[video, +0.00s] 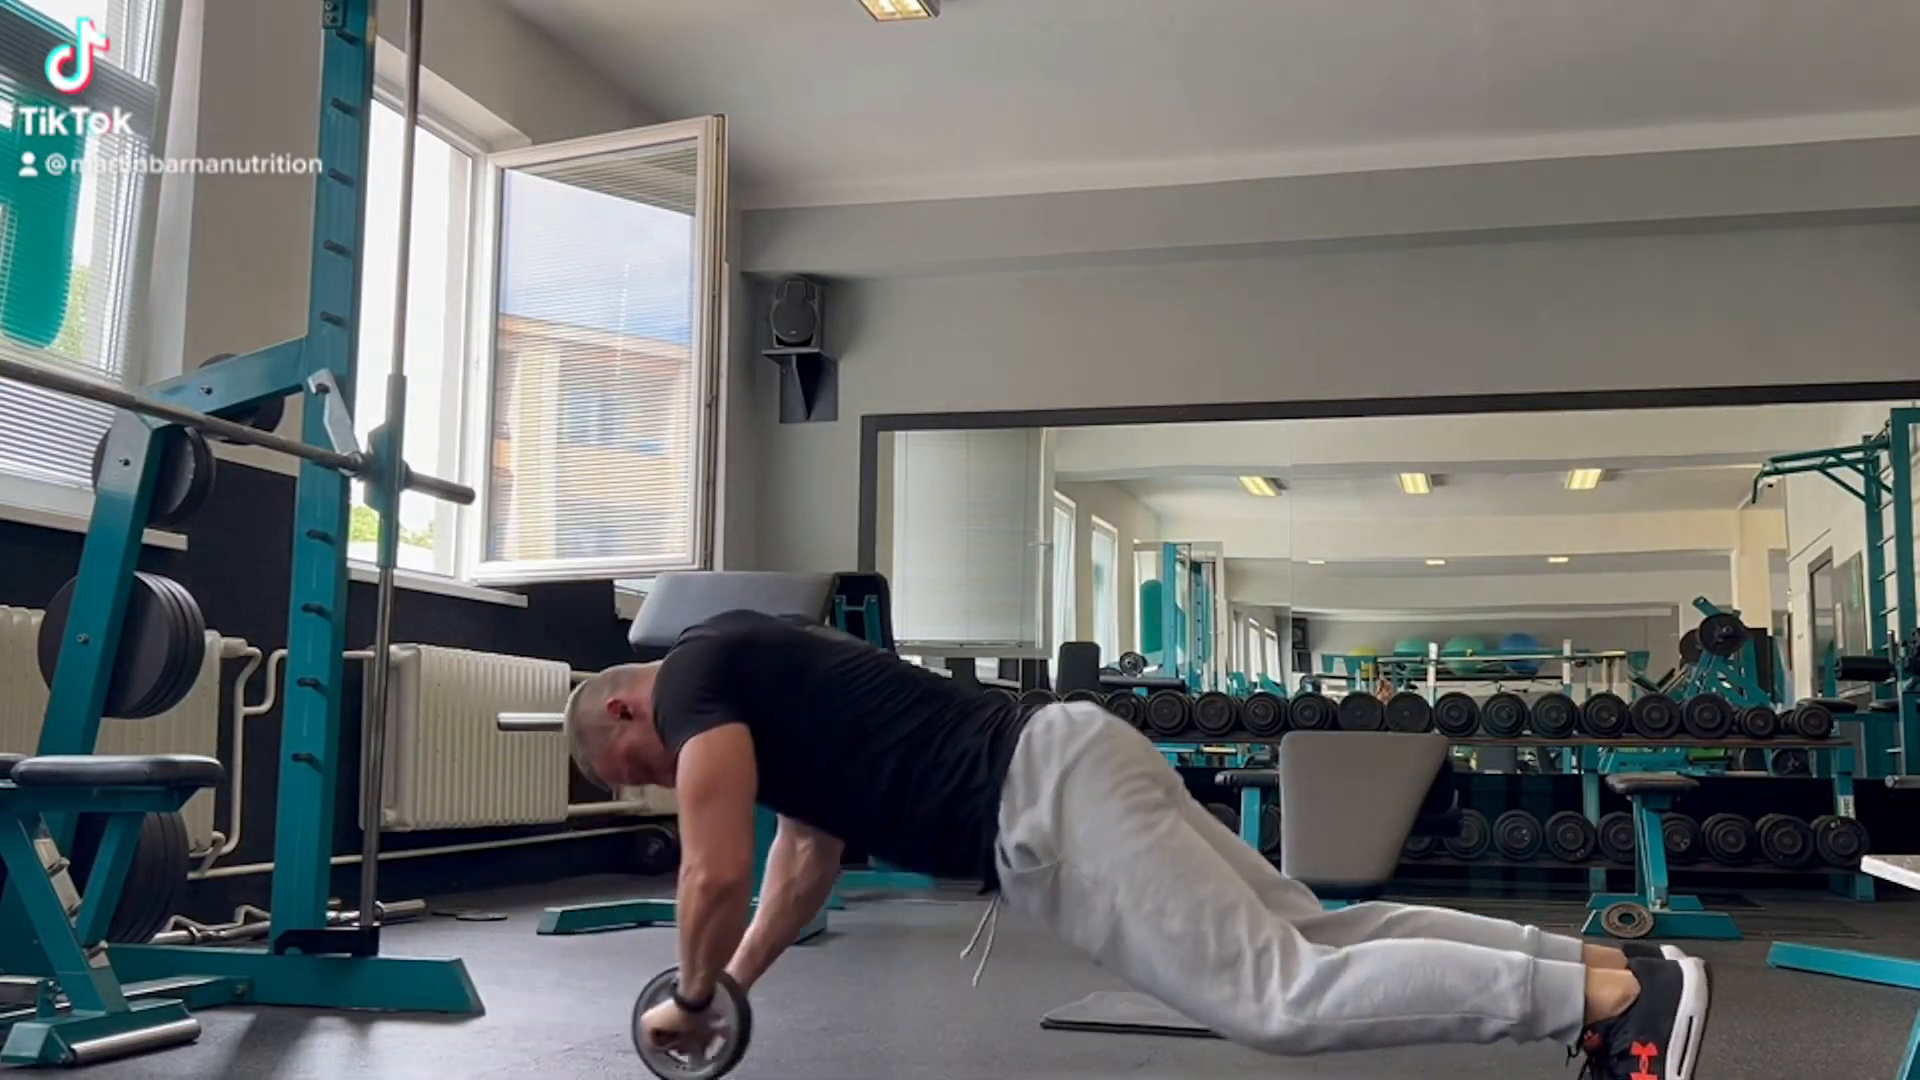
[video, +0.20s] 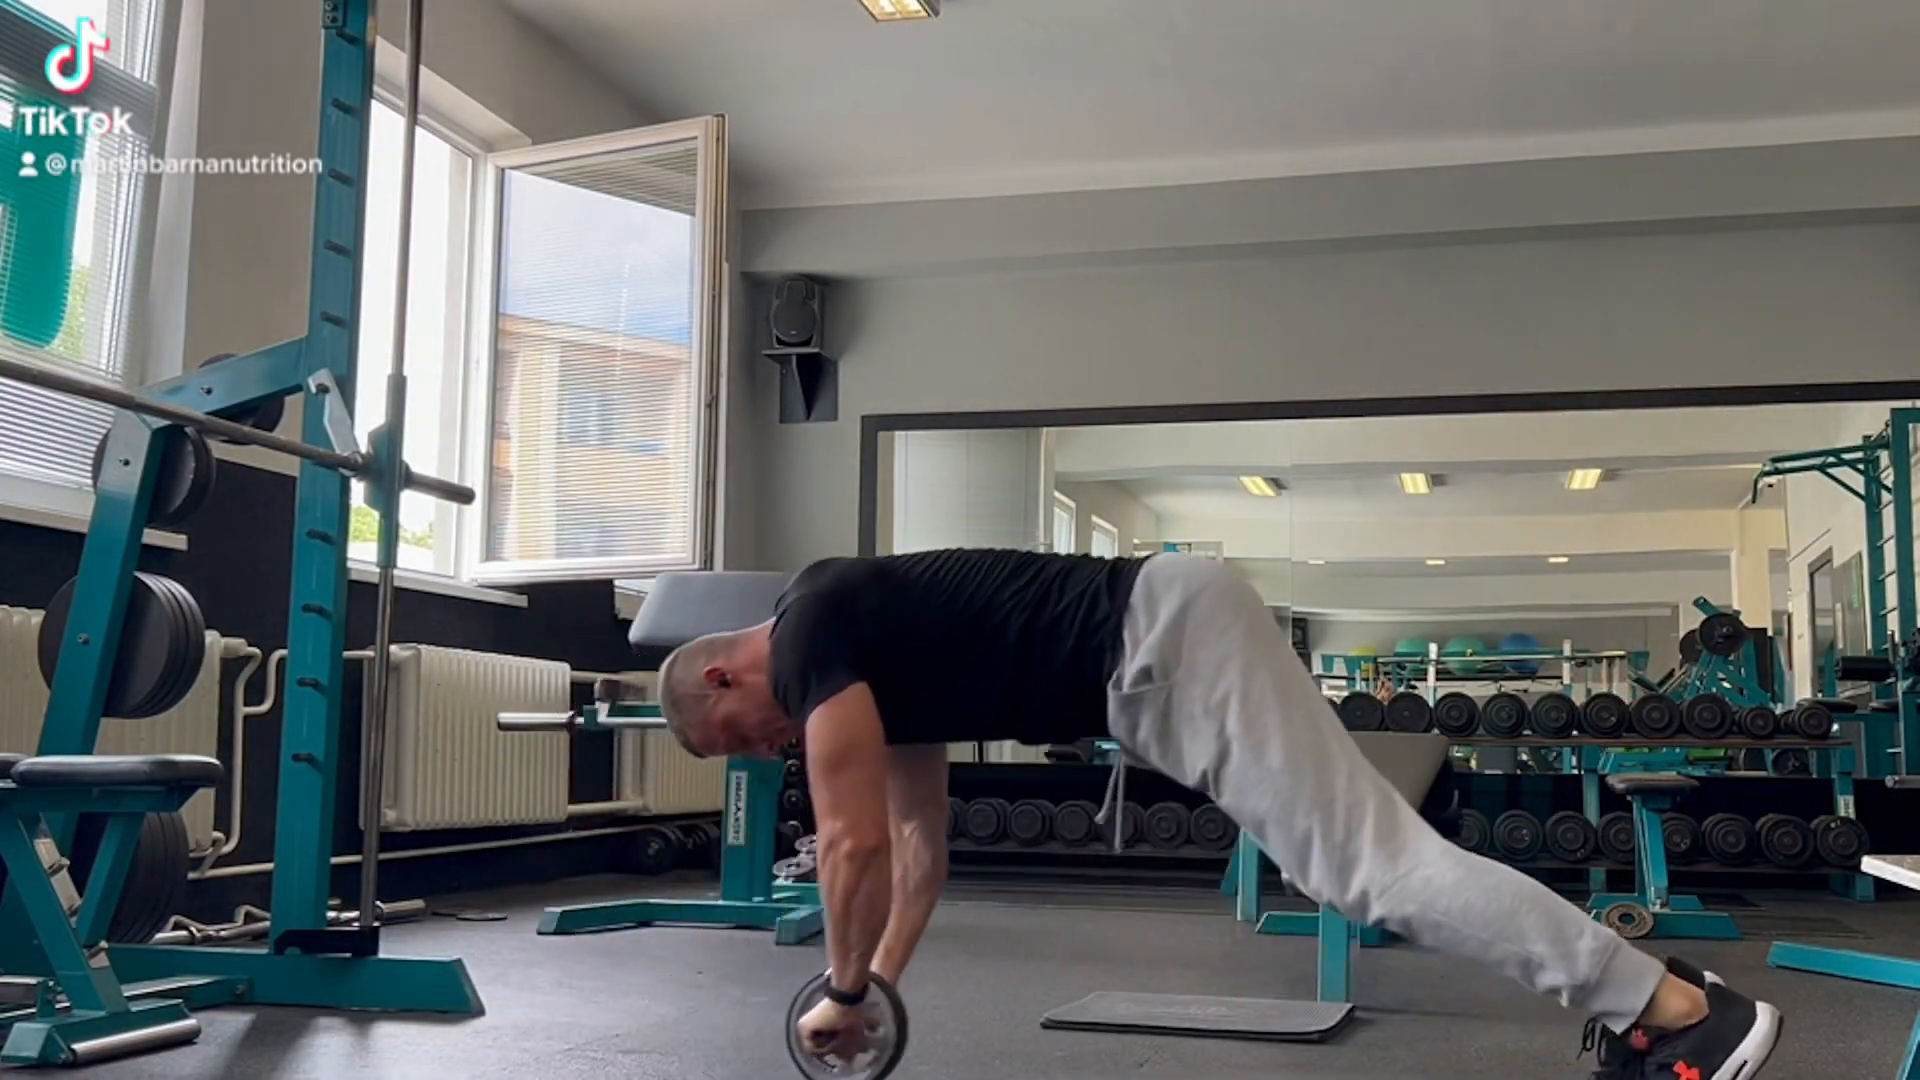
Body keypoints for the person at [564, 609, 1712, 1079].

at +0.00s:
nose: (649, 790)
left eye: (626, 774)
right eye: (635, 785)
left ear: (617, 706)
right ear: (641, 706)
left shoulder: (698, 670)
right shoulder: (763, 679)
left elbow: (720, 878)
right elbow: (808, 856)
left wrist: (689, 990)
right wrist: (737, 975)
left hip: (1053, 790)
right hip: (1065, 788)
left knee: (1285, 991)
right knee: (1301, 942)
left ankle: (1605, 993)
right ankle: (1598, 974)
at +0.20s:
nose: (745, 758)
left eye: (723, 743)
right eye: (732, 754)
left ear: (718, 669)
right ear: (744, 672)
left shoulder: (817, 631)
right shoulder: (869, 650)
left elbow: (851, 842)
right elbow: (915, 844)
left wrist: (845, 994)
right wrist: (868, 993)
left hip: (1172, 635)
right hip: (1173, 646)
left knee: (1375, 866)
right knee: (1371, 860)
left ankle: (1677, 1011)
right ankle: (1649, 998)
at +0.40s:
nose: (902, 751)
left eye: (874, 736)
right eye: (878, 743)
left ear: (874, 672)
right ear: (884, 657)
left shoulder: (981, 614)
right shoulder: (986, 622)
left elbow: (1033, 840)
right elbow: (1047, 835)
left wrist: (1024, 1000)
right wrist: (1030, 993)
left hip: (1317, 550)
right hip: (1307, 566)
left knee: (1455, 827)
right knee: (1441, 822)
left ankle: (1717, 1023)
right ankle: (1671, 1005)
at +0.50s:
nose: (981, 746)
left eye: (952, 731)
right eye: (955, 742)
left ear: (958, 662)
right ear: (962, 652)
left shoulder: (1065, 614)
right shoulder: (1066, 620)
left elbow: (1124, 840)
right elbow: (1137, 836)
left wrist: (1120, 1004)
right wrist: (1123, 991)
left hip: (1394, 526)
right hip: (1386, 534)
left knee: (1499, 822)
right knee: (1491, 819)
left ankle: (1742, 1040)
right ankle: (1680, 1010)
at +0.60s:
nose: (1061, 749)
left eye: (1033, 737)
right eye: (1037, 748)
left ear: (1032, 670)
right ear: (1037, 654)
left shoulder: (1144, 612)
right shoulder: (1145, 614)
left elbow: (1232, 835)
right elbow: (1229, 823)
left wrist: (1247, 1008)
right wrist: (1246, 996)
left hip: (1466, 499)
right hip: (1455, 510)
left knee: (1532, 803)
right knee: (1517, 802)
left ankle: (1750, 1047)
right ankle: (1693, 1018)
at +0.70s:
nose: (1125, 758)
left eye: (1102, 744)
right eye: (1102, 756)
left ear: (1107, 675)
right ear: (1113, 663)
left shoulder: (1222, 631)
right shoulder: (1216, 634)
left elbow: (1352, 841)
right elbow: (1328, 829)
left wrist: (1409, 1020)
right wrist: (1397, 998)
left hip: (1537, 490)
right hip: (1513, 511)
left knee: (1566, 795)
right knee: (1534, 797)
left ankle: (1765, 1051)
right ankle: (1702, 1018)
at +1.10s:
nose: (1068, 711)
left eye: (1056, 685)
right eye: (1051, 697)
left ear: (1094, 627)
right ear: (1102, 620)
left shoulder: (1199, 611)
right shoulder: (1210, 601)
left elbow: (1292, 845)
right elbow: (1312, 809)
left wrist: (1310, 1015)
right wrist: (1312, 990)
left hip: (1537, 494)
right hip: (1542, 485)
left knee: (1555, 800)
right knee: (1575, 790)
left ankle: (1752, 1041)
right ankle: (1714, 1020)